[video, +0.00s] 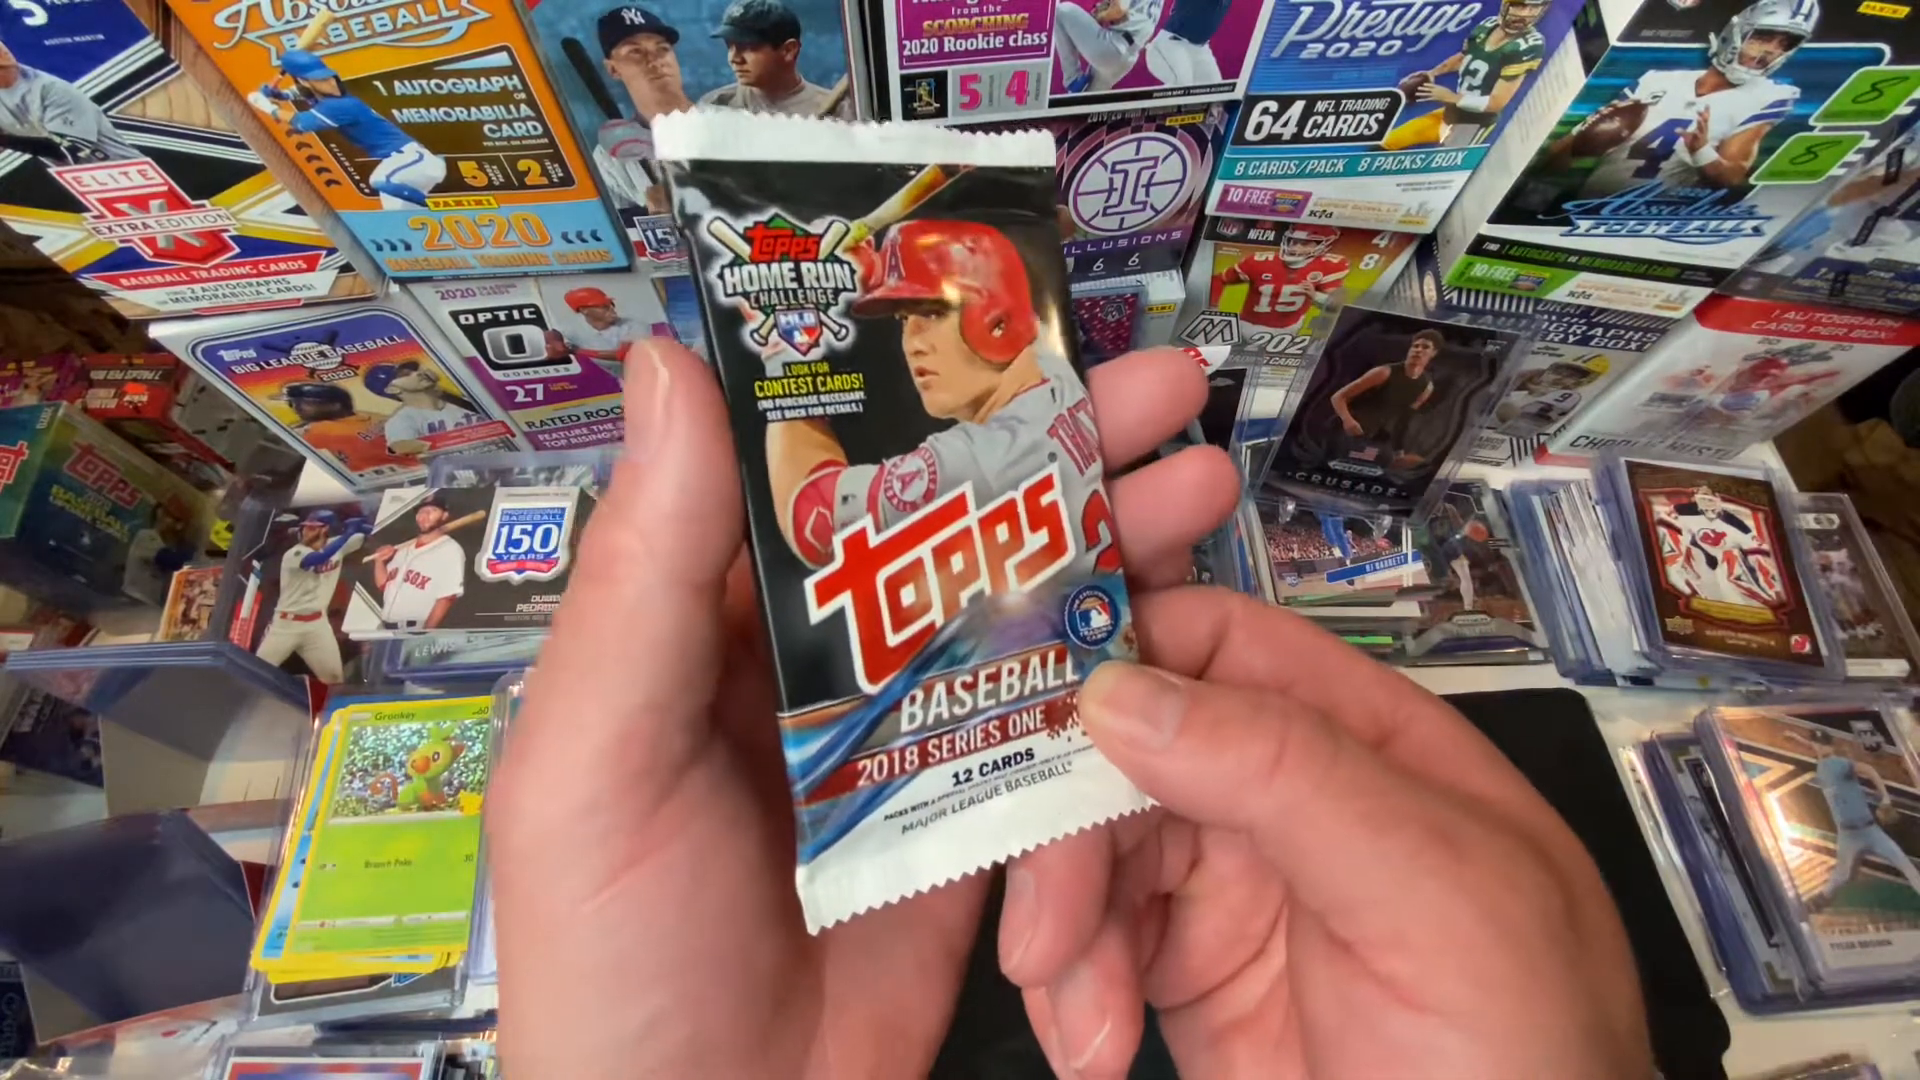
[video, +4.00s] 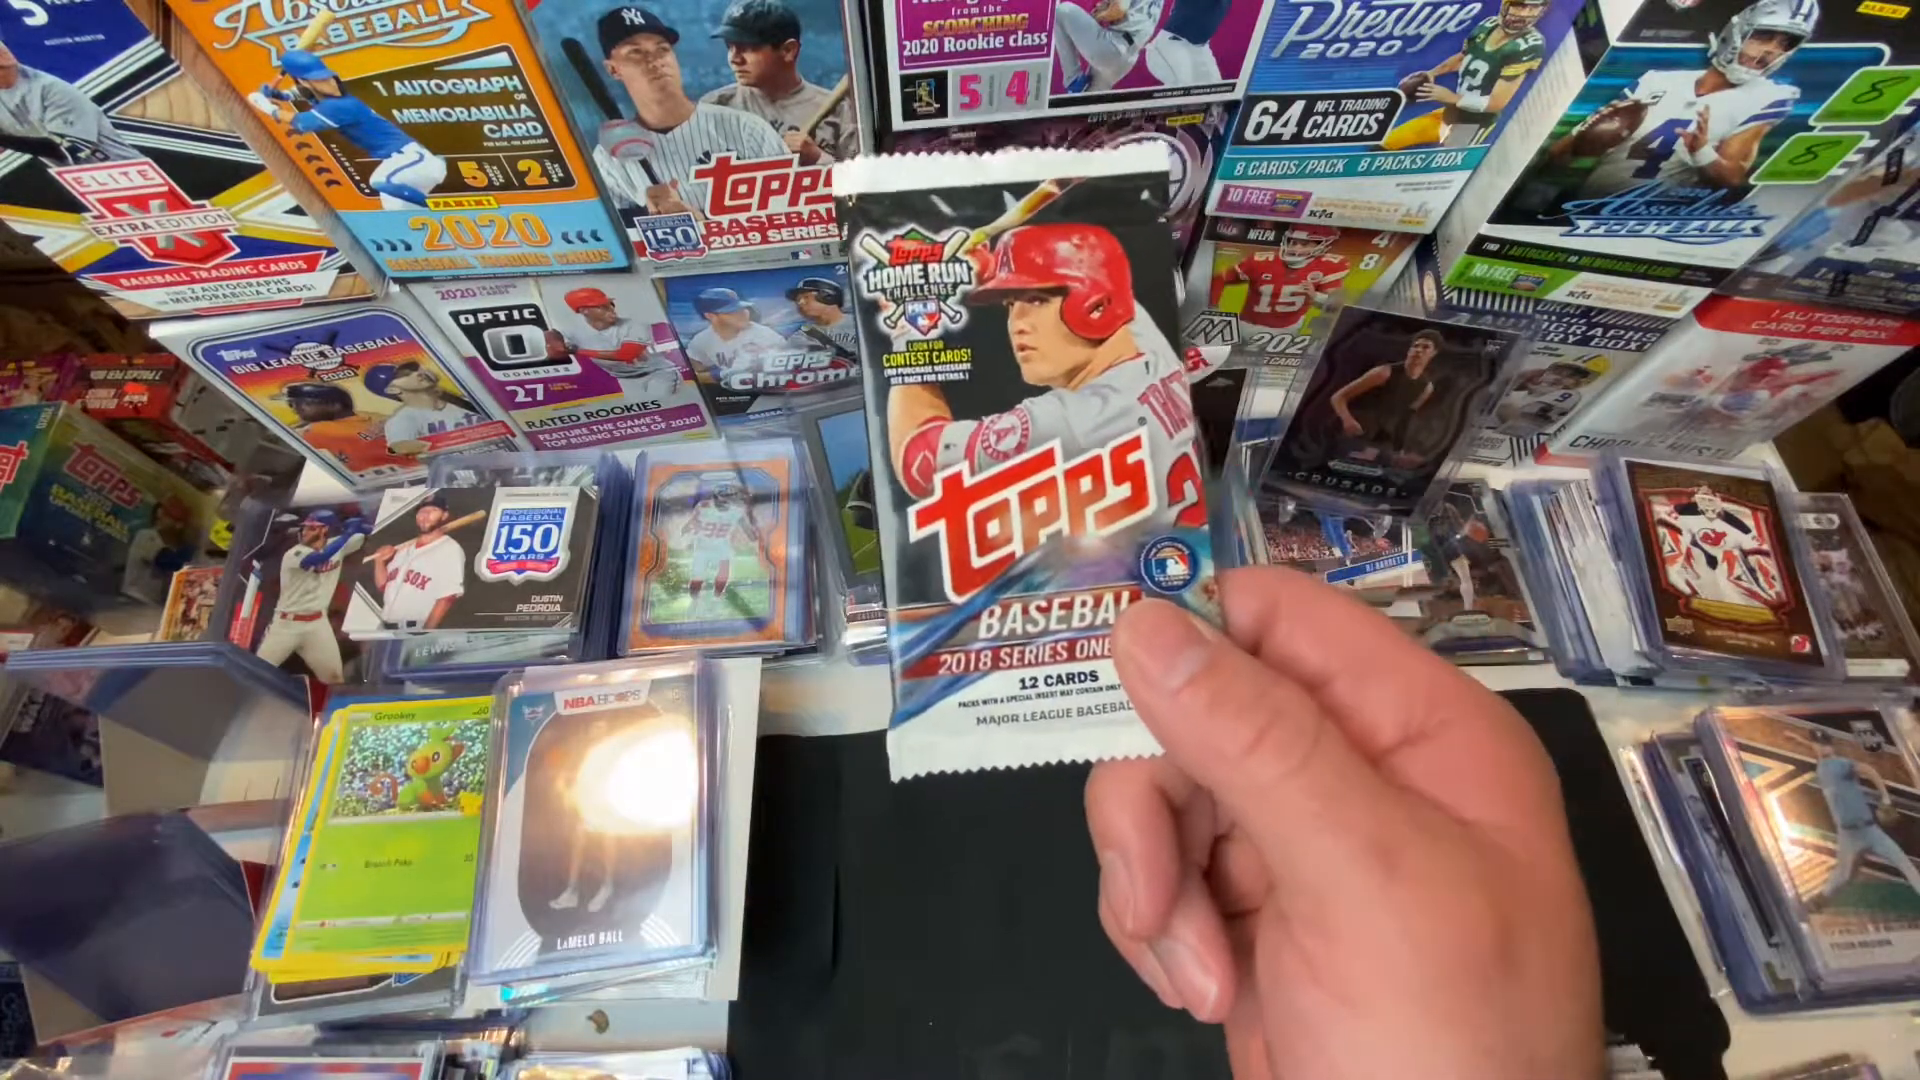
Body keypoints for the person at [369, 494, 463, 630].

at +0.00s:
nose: (424, 516)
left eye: (431, 511)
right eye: (421, 511)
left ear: (444, 515)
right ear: (416, 516)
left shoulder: (451, 550)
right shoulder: (405, 548)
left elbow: (446, 598)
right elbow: (382, 585)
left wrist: (425, 633)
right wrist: (379, 561)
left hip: (415, 630)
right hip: (385, 627)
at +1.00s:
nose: (426, 517)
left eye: (432, 511)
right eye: (422, 511)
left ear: (445, 515)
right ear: (416, 515)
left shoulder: (451, 550)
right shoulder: (405, 548)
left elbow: (447, 598)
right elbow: (382, 585)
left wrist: (425, 633)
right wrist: (379, 561)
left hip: (416, 631)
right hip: (386, 627)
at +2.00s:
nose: (426, 517)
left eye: (433, 511)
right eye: (422, 511)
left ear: (444, 515)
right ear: (416, 515)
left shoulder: (451, 550)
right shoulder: (405, 548)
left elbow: (446, 599)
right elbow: (383, 586)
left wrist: (424, 634)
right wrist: (380, 562)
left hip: (415, 631)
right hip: (386, 627)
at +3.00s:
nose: (425, 516)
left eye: (432, 511)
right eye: (422, 512)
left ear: (444, 516)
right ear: (416, 516)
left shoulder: (451, 550)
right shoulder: (405, 548)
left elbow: (446, 598)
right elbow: (382, 585)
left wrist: (424, 634)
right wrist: (379, 562)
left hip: (416, 631)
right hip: (386, 627)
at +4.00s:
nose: (426, 516)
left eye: (433, 511)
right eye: (422, 511)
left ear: (444, 516)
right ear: (416, 515)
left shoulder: (450, 550)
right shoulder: (405, 548)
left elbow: (447, 598)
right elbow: (382, 586)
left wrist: (424, 634)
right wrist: (379, 561)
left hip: (416, 630)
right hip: (386, 627)